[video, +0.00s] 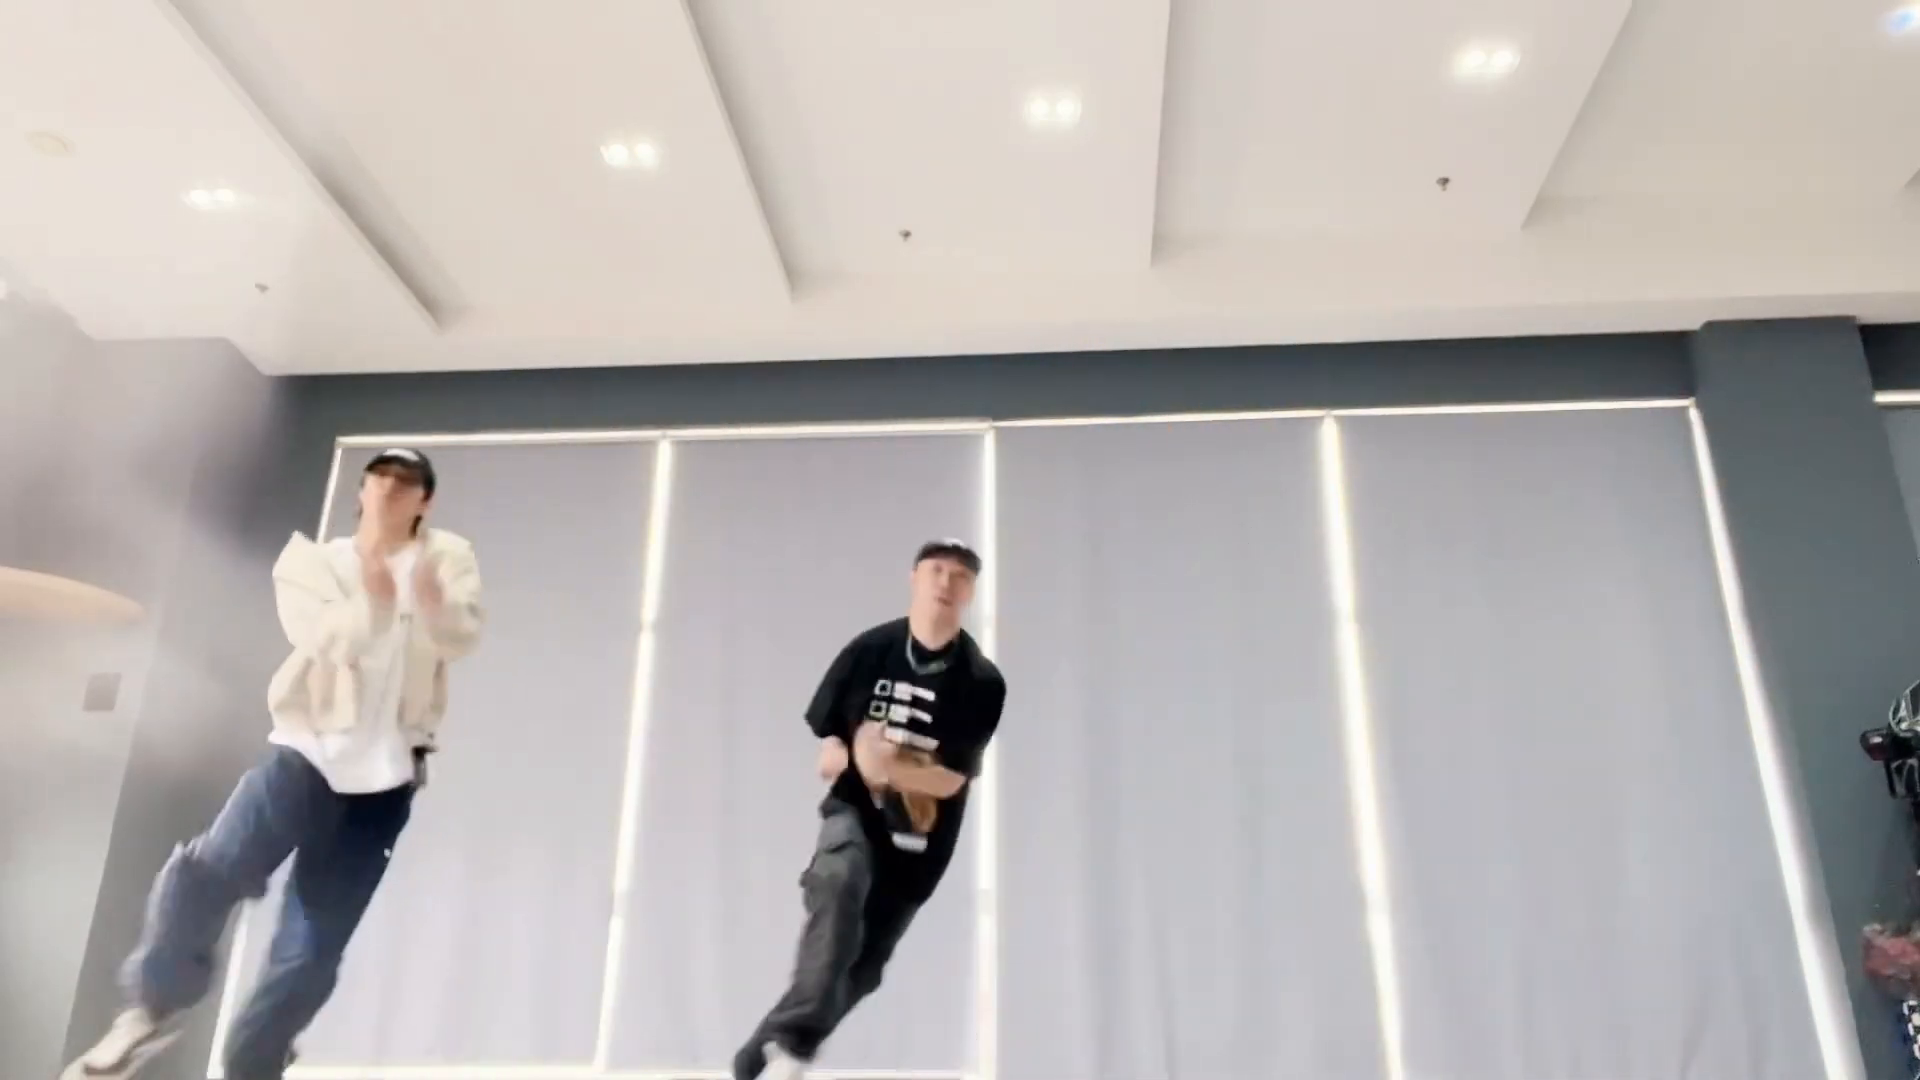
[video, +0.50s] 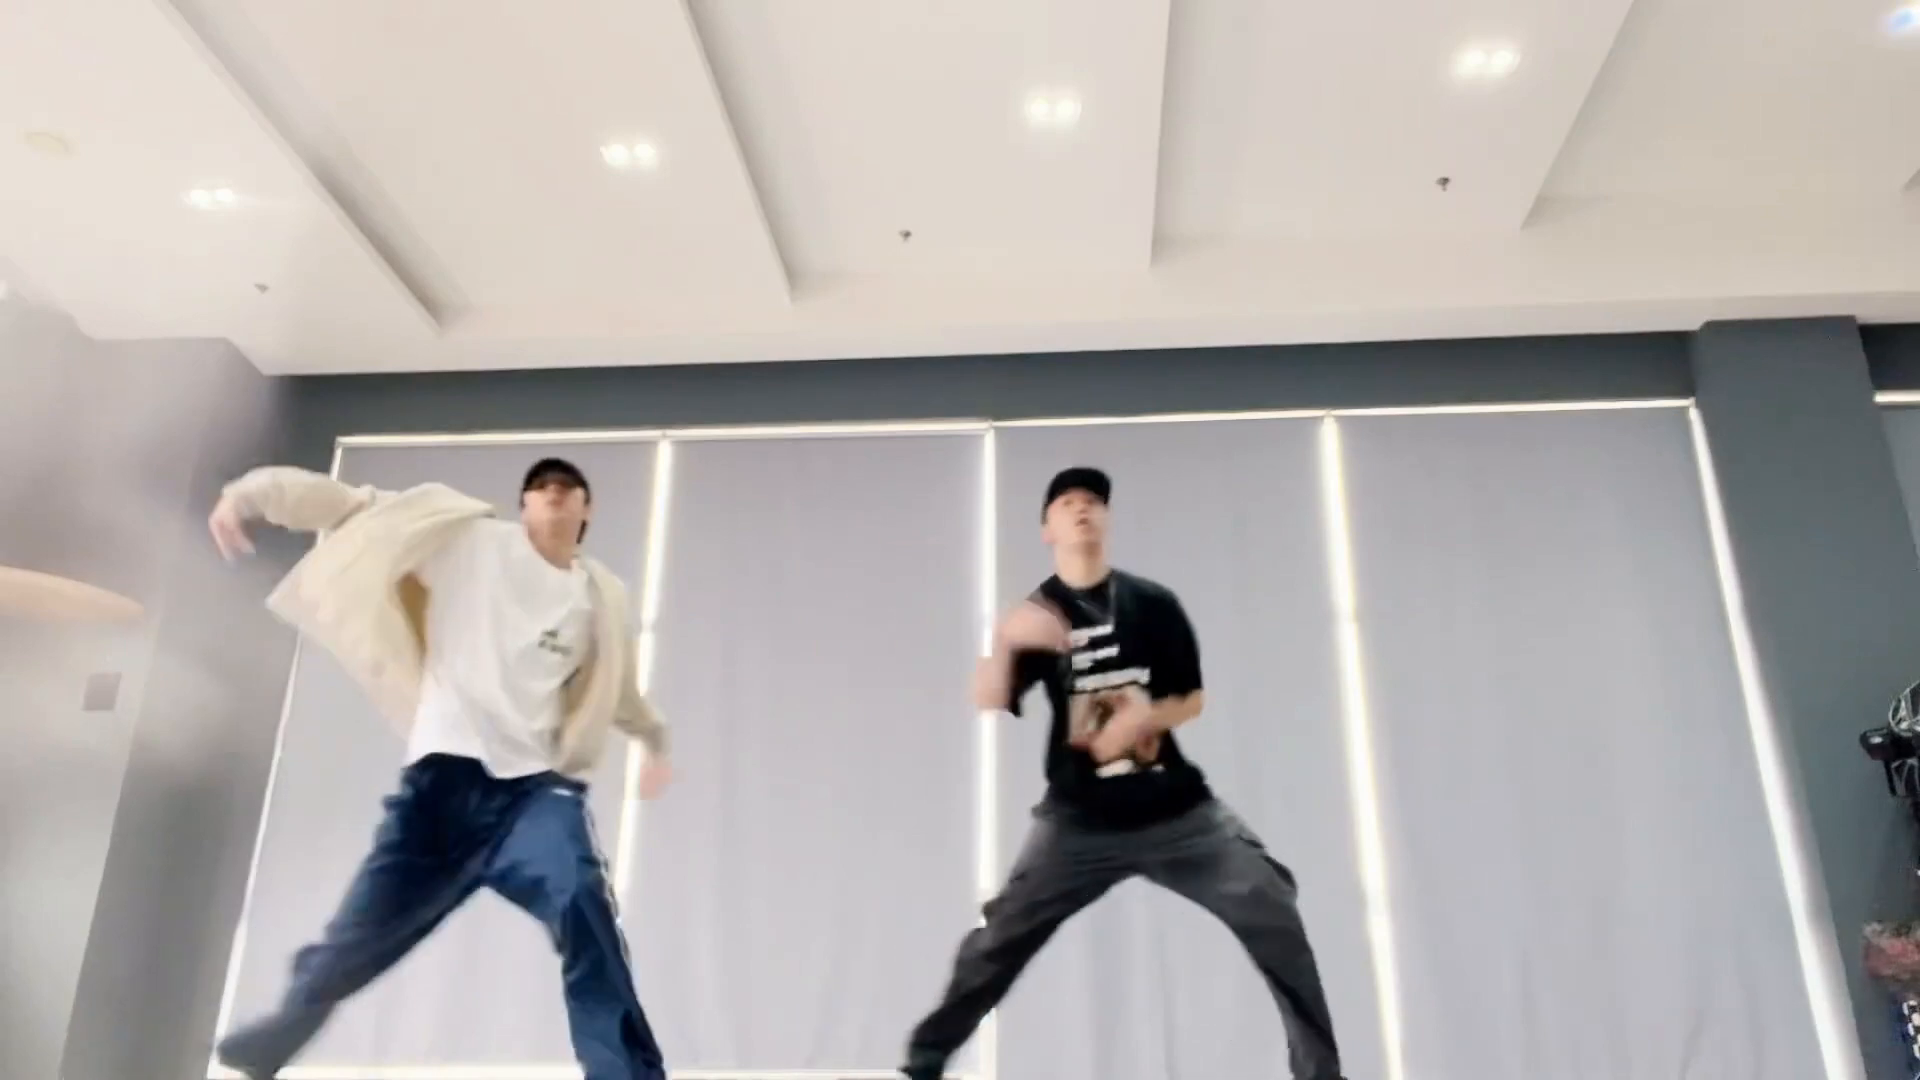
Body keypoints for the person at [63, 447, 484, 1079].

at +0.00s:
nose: (389, 491)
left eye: (405, 485)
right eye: (381, 480)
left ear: (425, 504)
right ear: (362, 492)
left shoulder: (448, 556)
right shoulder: (310, 560)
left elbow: (464, 639)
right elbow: (323, 641)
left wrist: (430, 601)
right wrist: (375, 601)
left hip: (387, 774)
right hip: (306, 752)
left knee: (310, 956)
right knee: (214, 866)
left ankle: (249, 1070)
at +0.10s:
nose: (374, 505)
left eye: (389, 498)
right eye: (365, 493)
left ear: (407, 518)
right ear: (344, 504)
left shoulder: (427, 576)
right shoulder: (292, 568)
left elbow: (431, 677)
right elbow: (310, 650)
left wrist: (439, 766)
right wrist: (358, 734)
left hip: (369, 795)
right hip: (276, 780)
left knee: (373, 901)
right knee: (183, 933)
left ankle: (308, 991)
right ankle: (55, 1060)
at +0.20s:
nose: (375, 521)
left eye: (390, 515)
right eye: (367, 509)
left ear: (409, 537)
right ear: (345, 525)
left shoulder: (434, 616)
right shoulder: (287, 597)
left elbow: (447, 727)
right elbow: (259, 705)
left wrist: (444, 819)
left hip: (357, 810)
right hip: (260, 806)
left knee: (412, 848)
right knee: (147, 950)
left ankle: (380, 986)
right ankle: (80, 1073)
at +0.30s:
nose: (454, 511)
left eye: (469, 504)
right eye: (444, 498)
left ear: (481, 527)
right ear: (418, 512)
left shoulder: (493, 607)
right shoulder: (328, 575)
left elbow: (489, 702)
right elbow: (235, 655)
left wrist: (474, 764)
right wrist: (149, 714)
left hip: (396, 805)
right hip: (288, 805)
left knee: (473, 884)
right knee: (182, 942)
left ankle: (509, 1052)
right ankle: (88, 1070)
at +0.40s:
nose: (520, 506)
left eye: (534, 499)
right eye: (509, 495)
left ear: (551, 520)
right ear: (484, 506)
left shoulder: (555, 594)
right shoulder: (414, 539)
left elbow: (556, 682)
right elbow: (299, 544)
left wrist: (558, 738)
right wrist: (192, 546)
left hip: (476, 802)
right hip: (373, 796)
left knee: (528, 917)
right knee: (260, 928)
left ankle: (615, 1069)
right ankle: (126, 1058)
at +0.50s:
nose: (555, 497)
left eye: (569, 490)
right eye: (544, 488)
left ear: (588, 514)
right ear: (522, 506)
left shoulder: (602, 595)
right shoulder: (466, 534)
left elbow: (616, 688)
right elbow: (356, 505)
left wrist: (654, 738)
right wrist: (247, 493)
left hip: (537, 793)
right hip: (444, 782)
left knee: (583, 899)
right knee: (358, 938)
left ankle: (628, 1072)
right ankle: (263, 1052)